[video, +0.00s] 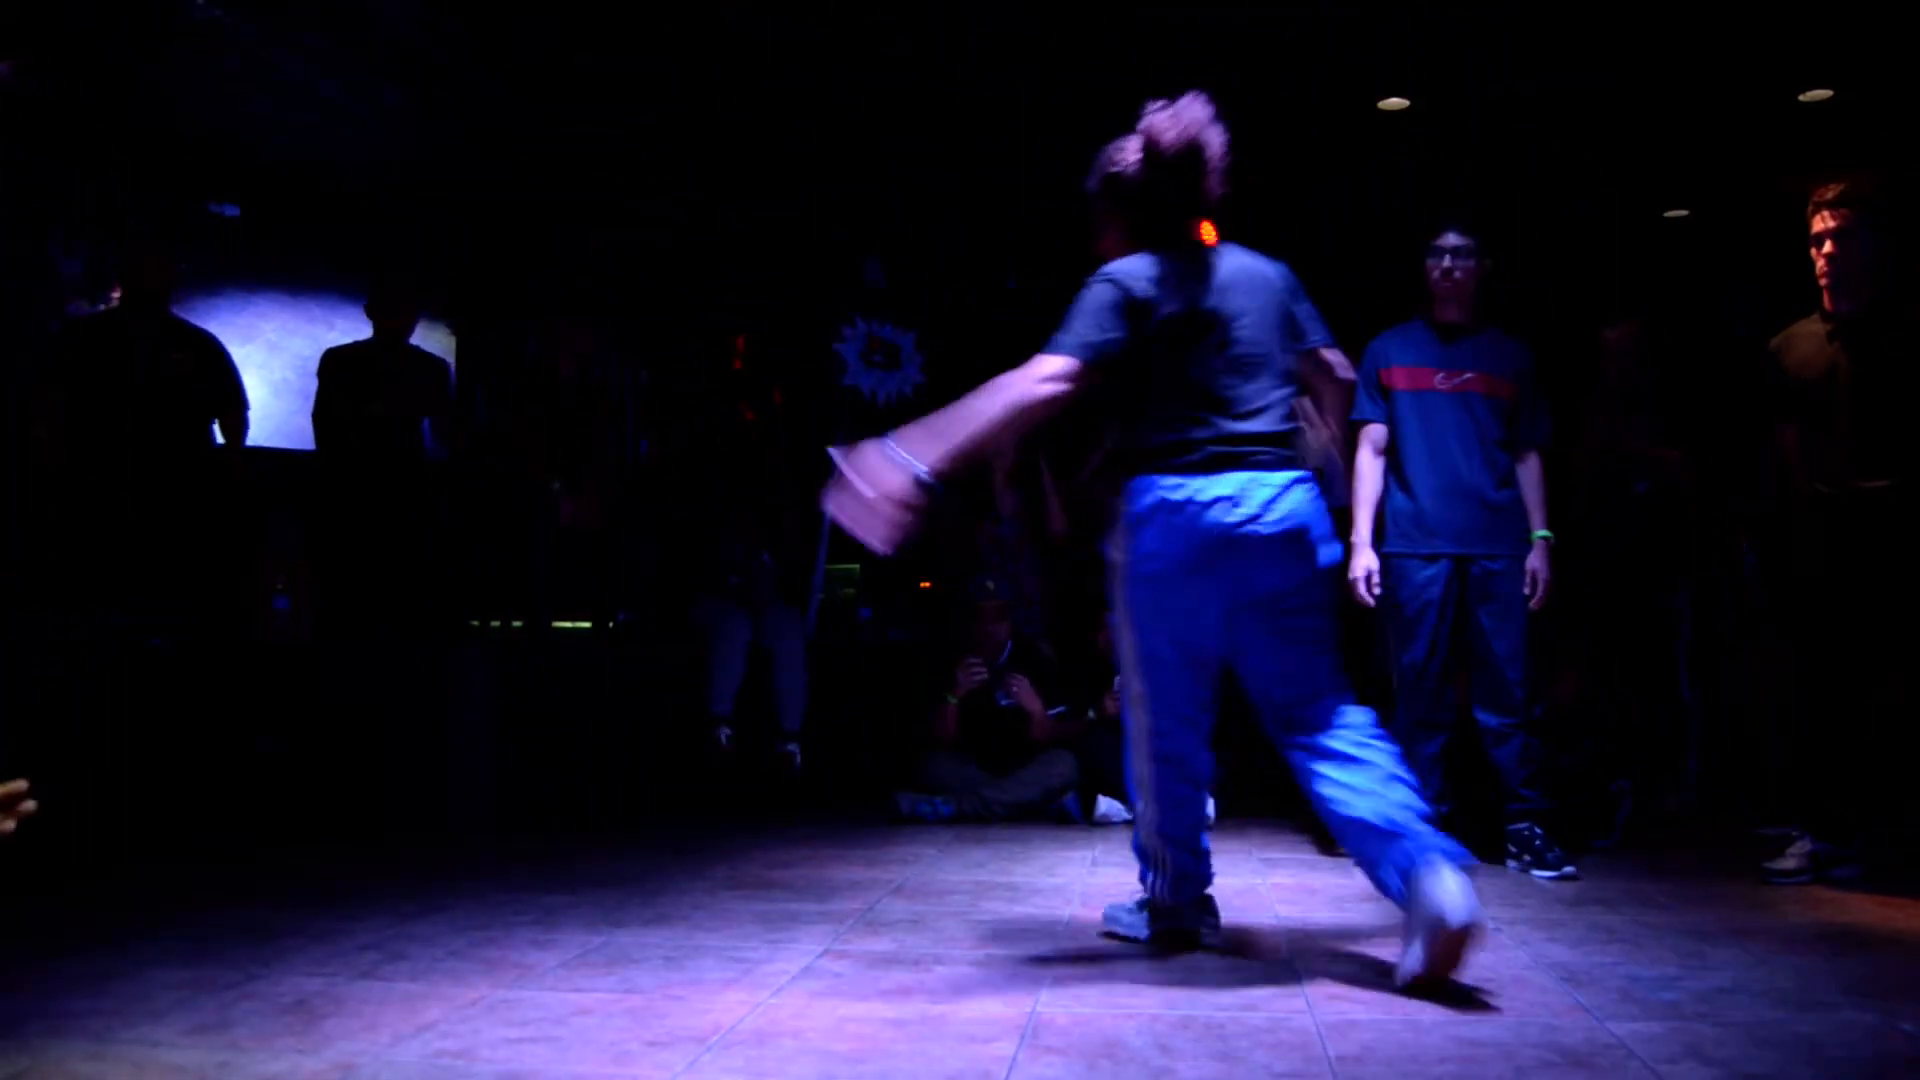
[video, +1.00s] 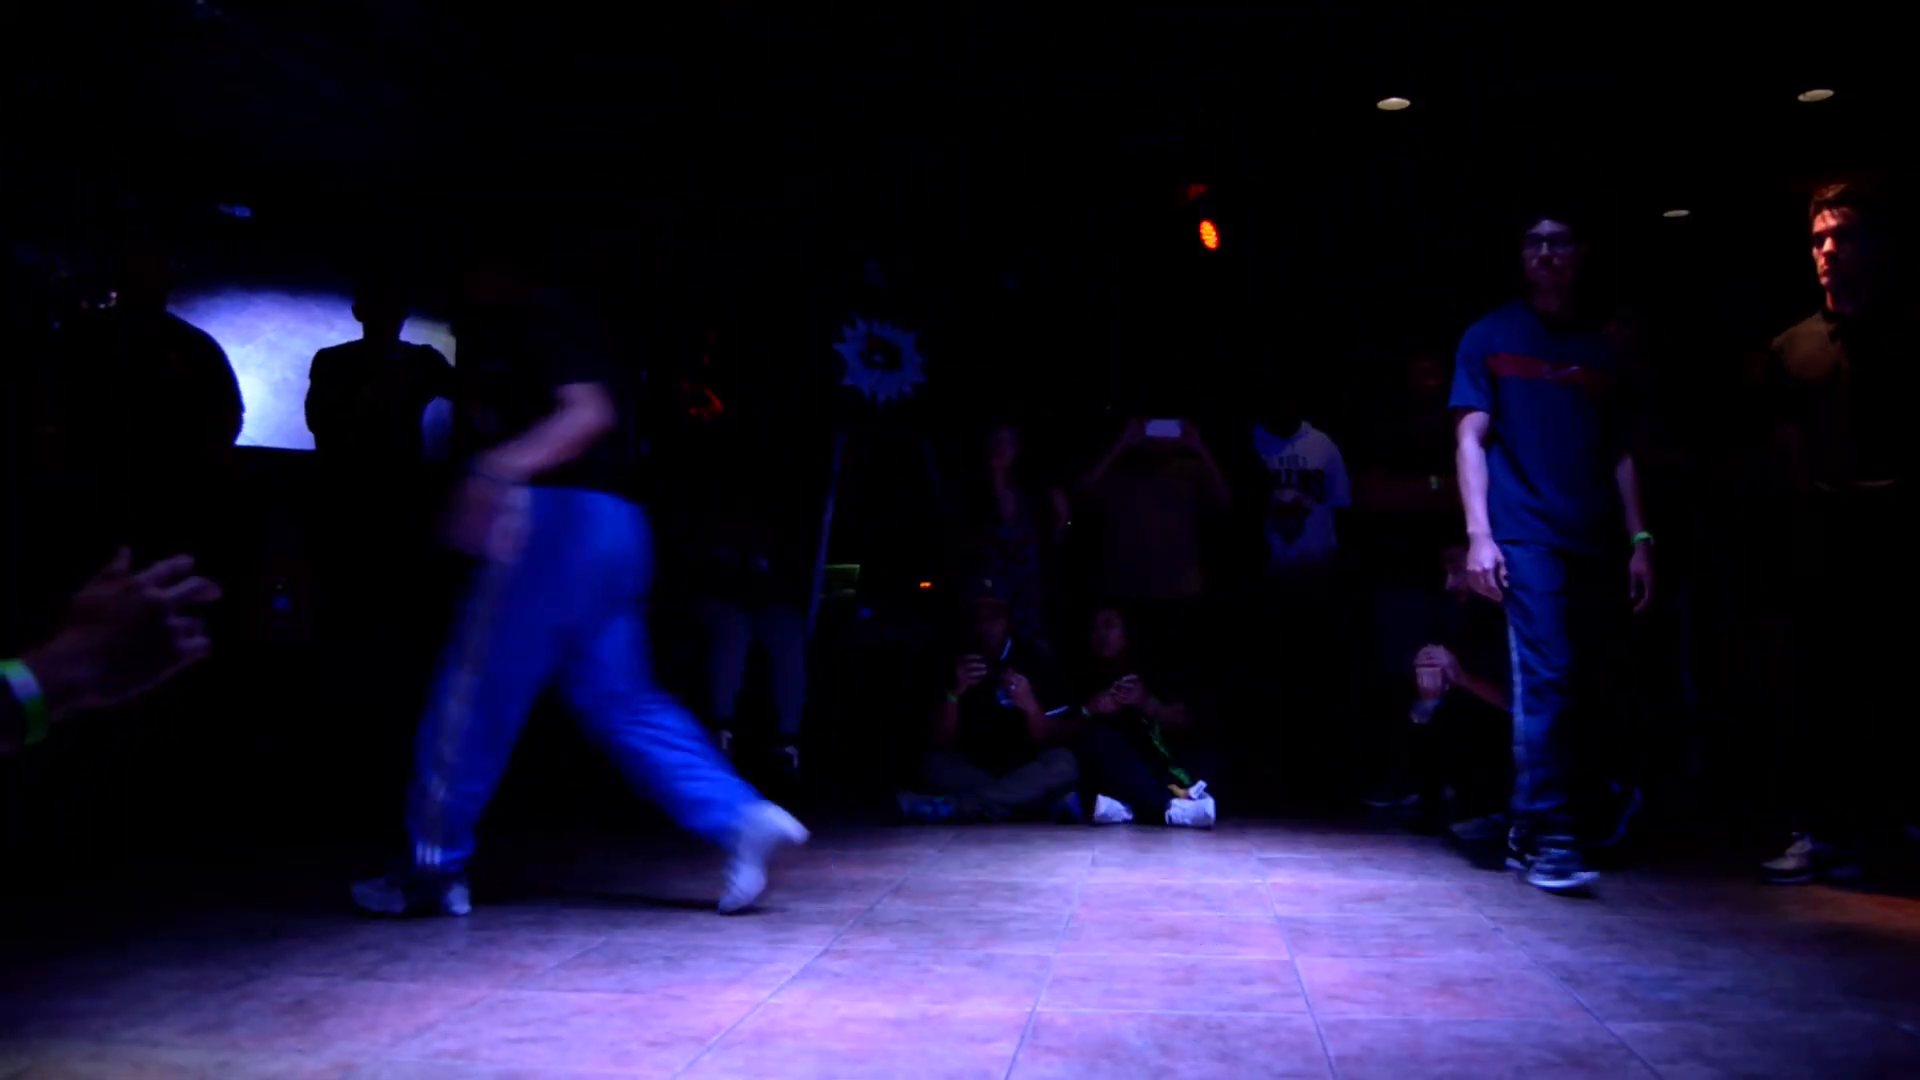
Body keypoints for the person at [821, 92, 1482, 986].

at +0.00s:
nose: (1096, 223)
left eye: (1103, 207)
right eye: (1099, 206)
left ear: (1123, 209)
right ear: (1201, 200)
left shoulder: (1123, 285)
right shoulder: (1266, 277)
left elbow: (1048, 380)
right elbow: (1334, 374)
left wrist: (910, 455)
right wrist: (1329, 466)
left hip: (1170, 511)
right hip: (1280, 504)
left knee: (1166, 711)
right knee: (1318, 707)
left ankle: (1176, 898)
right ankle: (1426, 874)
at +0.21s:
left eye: (1020, 189)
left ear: (1035, 201)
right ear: (1106, 198)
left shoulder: (1032, 284)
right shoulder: (1133, 283)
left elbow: (901, 353)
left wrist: (810, 286)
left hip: (1081, 500)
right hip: (1157, 490)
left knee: (1092, 691)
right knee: (1116, 672)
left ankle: (1171, 894)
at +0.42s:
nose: (910, 216)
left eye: (917, 205)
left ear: (919, 216)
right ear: (984, 221)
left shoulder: (912, 310)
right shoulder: (994, 310)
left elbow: (827, 353)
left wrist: (812, 273)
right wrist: (833, 290)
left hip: (959, 521)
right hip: (1014, 508)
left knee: (1039, 691)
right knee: (909, 691)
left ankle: (1154, 870)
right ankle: (827, 862)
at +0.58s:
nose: (765, 254)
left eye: (771, 245)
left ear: (790, 247)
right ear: (856, 252)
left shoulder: (801, 311)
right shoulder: (866, 326)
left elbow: (706, 402)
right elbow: (763, 421)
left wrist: (669, 445)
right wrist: (684, 450)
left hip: (848, 518)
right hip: (891, 517)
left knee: (817, 704)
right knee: (793, 700)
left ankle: (984, 815)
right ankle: (804, 873)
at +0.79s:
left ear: (654, 248)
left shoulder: (688, 298)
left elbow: (714, 398)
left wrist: (655, 489)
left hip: (721, 505)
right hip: (763, 504)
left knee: (613, 664)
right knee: (768, 690)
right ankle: (804, 867)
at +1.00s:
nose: (465, 290)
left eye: (473, 276)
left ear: (491, 273)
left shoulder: (536, 311)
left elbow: (589, 410)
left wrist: (498, 468)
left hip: (557, 516)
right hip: (606, 518)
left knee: (481, 682)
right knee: (613, 694)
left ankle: (435, 862)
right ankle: (742, 817)